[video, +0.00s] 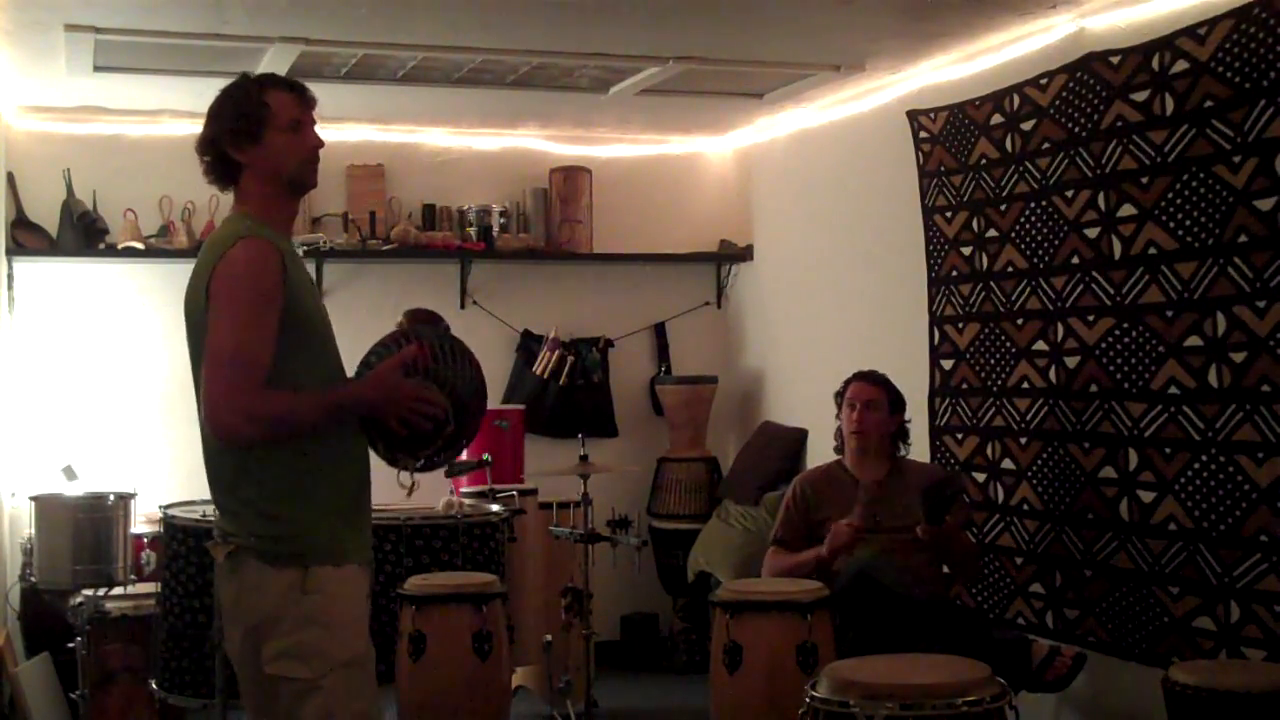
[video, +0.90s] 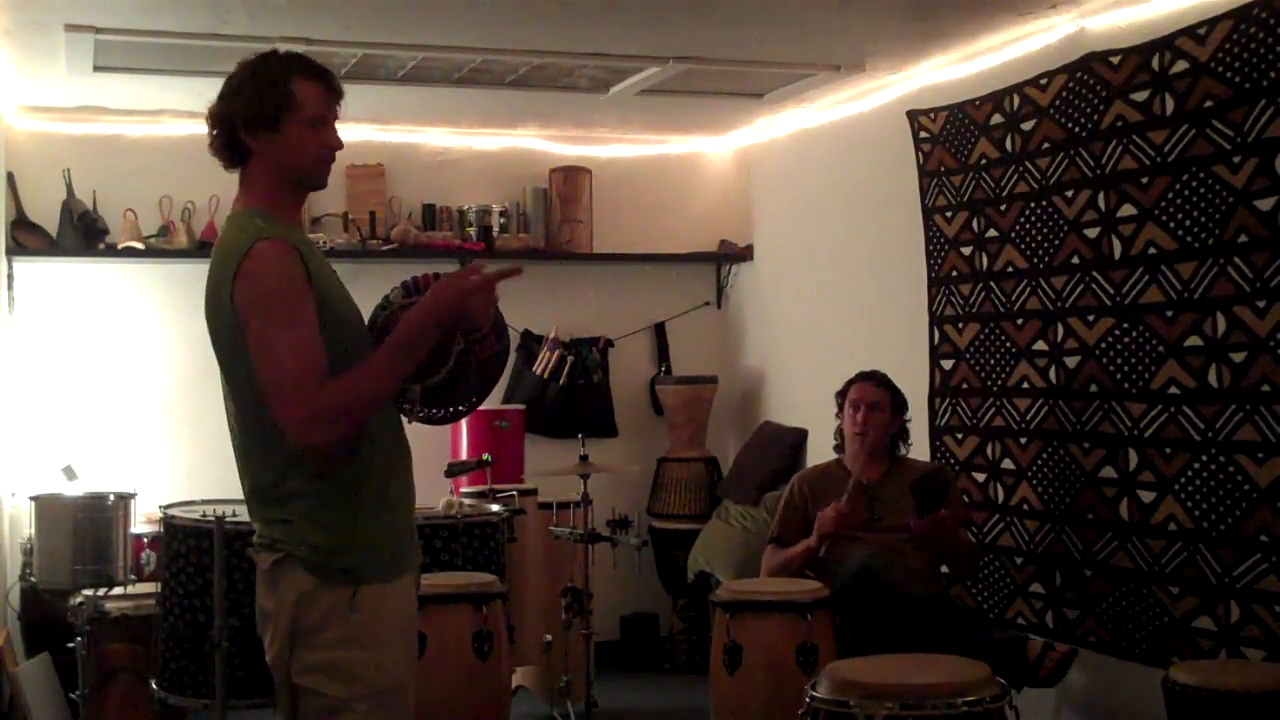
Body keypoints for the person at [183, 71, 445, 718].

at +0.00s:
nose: (319, 138)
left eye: (314, 125)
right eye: (301, 125)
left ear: (254, 149)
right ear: (245, 144)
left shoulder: (258, 249)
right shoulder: (252, 253)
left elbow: (273, 404)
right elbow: (232, 413)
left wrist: (374, 379)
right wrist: (364, 396)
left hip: (292, 564)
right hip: (295, 570)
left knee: (304, 707)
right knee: (320, 708)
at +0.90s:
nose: (337, 139)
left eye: (334, 121)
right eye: (318, 121)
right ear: (258, 132)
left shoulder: (283, 245)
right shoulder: (265, 254)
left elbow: (325, 401)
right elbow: (314, 420)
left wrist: (416, 331)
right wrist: (433, 317)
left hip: (350, 572)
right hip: (333, 581)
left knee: (363, 709)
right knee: (349, 711)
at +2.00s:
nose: (338, 146)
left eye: (336, 130)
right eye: (321, 131)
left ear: (273, 145)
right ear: (266, 143)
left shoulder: (296, 251)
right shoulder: (260, 256)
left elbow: (300, 393)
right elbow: (231, 425)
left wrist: (380, 369)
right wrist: (369, 395)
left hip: (340, 559)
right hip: (310, 566)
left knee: (350, 705)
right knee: (328, 707)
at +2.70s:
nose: (317, 158)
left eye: (316, 143)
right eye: (301, 143)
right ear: (246, 152)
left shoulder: (261, 257)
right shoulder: (234, 260)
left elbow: (263, 398)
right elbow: (204, 417)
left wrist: (350, 377)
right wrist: (339, 396)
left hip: (304, 560)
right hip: (289, 565)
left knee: (315, 707)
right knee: (309, 708)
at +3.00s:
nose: (316, 154)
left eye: (314, 140)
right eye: (298, 142)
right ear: (247, 154)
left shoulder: (261, 261)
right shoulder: (227, 263)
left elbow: (260, 398)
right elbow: (193, 417)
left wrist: (350, 381)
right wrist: (330, 397)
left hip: (309, 561)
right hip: (284, 567)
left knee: (318, 705)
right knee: (306, 707)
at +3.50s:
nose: (316, 155)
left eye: (313, 141)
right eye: (298, 143)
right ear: (244, 156)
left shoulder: (267, 261)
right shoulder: (228, 259)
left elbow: (265, 395)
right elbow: (189, 411)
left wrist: (355, 376)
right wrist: (331, 393)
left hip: (308, 556)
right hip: (281, 562)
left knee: (316, 705)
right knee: (305, 707)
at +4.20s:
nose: (334, 156)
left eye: (332, 142)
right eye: (315, 144)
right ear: (265, 159)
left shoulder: (280, 260)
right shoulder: (250, 259)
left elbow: (294, 404)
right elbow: (195, 407)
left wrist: (380, 403)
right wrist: (346, 425)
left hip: (311, 561)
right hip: (293, 566)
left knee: (319, 708)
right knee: (331, 709)